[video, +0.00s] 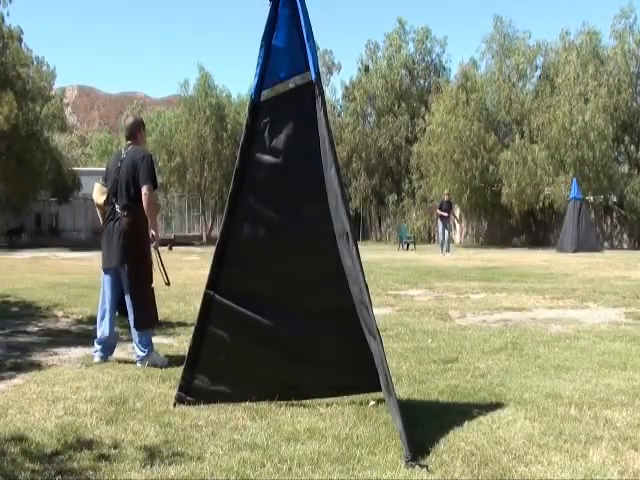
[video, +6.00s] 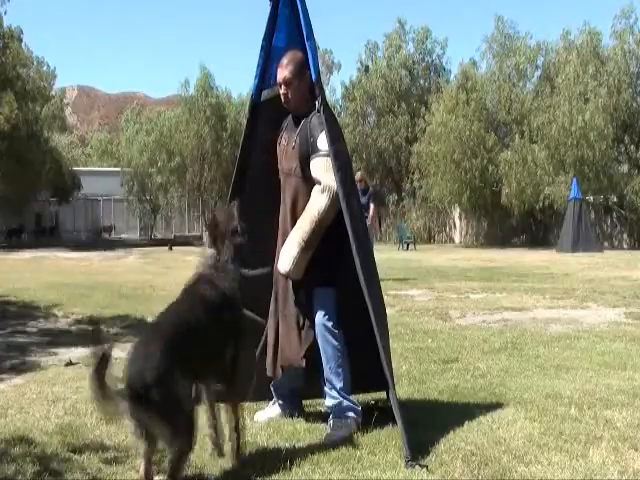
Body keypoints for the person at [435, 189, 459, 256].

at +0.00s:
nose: (447, 197)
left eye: (448, 195)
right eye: (446, 195)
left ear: (449, 196)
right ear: (444, 195)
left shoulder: (450, 203)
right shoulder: (441, 202)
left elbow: (452, 212)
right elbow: (437, 210)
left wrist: (456, 218)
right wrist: (444, 213)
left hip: (447, 220)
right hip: (441, 220)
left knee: (448, 236)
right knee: (442, 237)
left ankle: (447, 251)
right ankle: (441, 251)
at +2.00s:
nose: (450, 192)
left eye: (451, 191)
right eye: (449, 191)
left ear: (453, 191)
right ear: (446, 191)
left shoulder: (454, 199)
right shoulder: (443, 199)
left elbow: (457, 210)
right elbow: (439, 209)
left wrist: (460, 221)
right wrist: (439, 220)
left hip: (452, 220)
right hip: (444, 220)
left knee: (452, 239)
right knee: (446, 239)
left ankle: (452, 257)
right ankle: (447, 254)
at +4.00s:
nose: (420, 188)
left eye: (421, 185)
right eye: (418, 186)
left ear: (423, 186)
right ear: (416, 187)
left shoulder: (427, 197)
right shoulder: (413, 197)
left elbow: (430, 211)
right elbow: (410, 210)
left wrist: (432, 223)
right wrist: (410, 221)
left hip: (425, 221)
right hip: (416, 221)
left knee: (425, 244)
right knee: (415, 243)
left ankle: (426, 264)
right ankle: (417, 263)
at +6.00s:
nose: (359, 184)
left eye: (360, 181)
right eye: (357, 182)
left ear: (365, 181)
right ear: (355, 182)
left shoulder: (370, 192)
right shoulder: (355, 193)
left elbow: (372, 206)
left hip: (367, 218)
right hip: (357, 219)